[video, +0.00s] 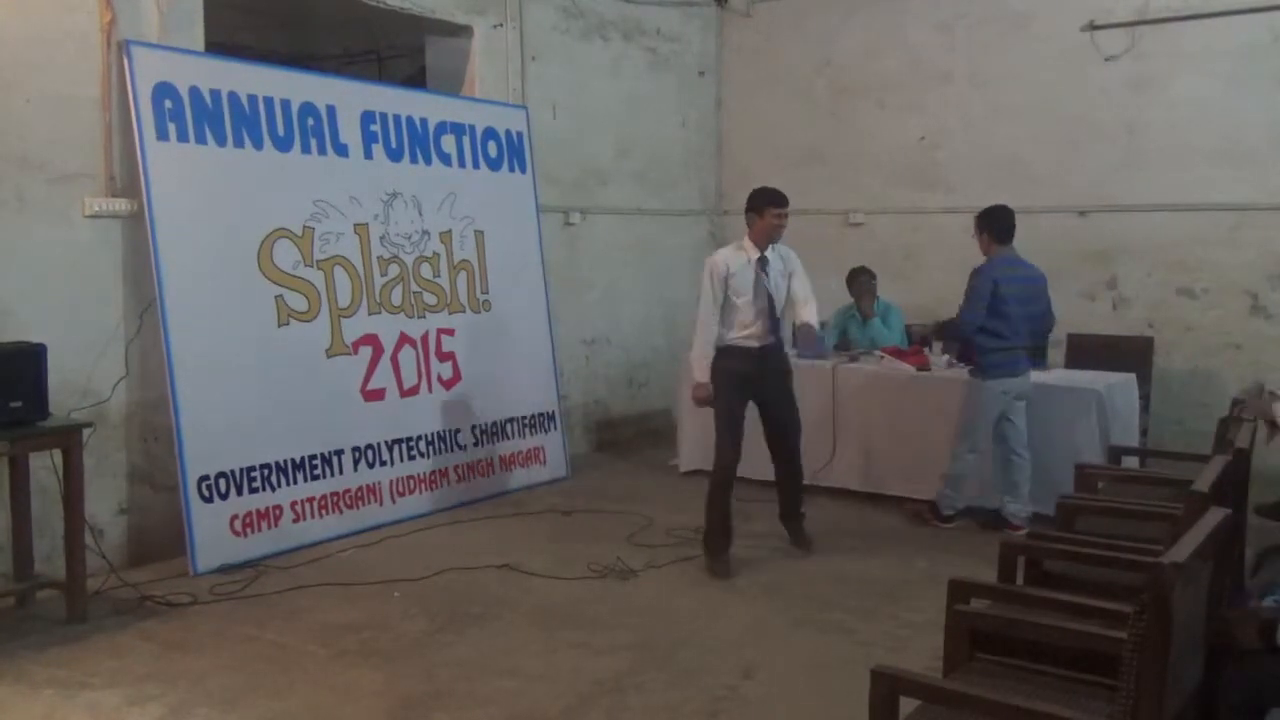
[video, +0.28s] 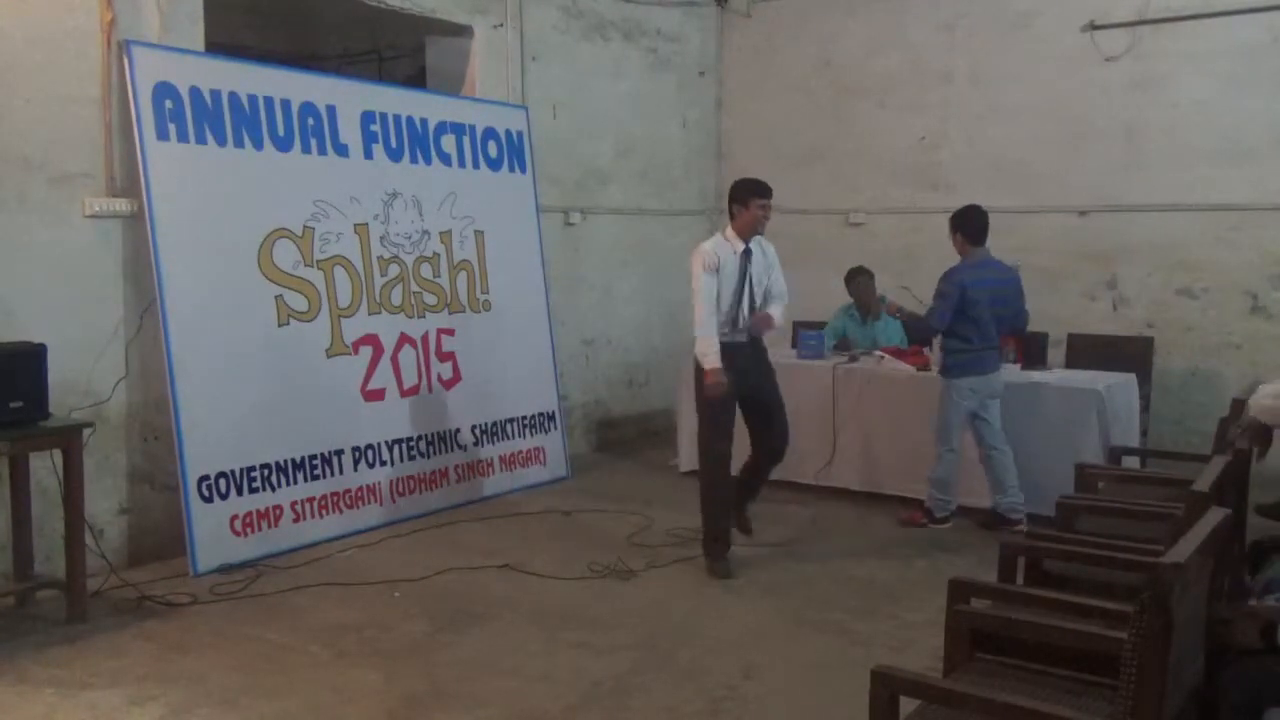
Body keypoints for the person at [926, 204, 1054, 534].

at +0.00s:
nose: (976, 240)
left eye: (977, 234)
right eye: (977, 233)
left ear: (985, 236)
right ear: (1010, 233)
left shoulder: (986, 274)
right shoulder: (1033, 274)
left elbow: (967, 324)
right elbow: (1046, 322)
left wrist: (940, 331)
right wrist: (1025, 350)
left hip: (990, 377)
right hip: (1021, 374)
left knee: (969, 444)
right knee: (1017, 451)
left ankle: (946, 507)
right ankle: (1017, 516)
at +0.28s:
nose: (952, 241)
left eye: (953, 236)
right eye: (953, 236)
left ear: (959, 237)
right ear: (985, 234)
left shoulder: (956, 278)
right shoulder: (1007, 275)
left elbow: (933, 326)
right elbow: (1018, 323)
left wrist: (902, 315)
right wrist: (986, 319)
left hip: (960, 377)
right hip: (992, 374)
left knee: (948, 445)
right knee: (995, 444)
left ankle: (939, 509)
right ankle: (1011, 511)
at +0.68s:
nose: (920, 239)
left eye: (920, 234)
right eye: (921, 234)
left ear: (926, 236)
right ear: (952, 233)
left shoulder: (927, 277)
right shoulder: (974, 269)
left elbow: (917, 329)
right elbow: (989, 317)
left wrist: (882, 324)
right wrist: (960, 328)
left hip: (938, 369)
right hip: (966, 365)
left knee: (941, 437)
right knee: (951, 430)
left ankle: (938, 507)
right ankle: (970, 497)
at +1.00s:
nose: (905, 240)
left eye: (906, 234)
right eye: (906, 234)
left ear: (911, 236)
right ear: (936, 233)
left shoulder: (919, 274)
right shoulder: (959, 270)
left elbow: (914, 329)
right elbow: (968, 317)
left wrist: (877, 329)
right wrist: (940, 333)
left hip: (927, 366)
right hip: (951, 363)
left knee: (931, 437)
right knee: (934, 434)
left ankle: (938, 505)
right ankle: (915, 493)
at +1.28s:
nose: (897, 242)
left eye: (897, 236)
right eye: (898, 236)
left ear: (904, 237)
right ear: (927, 234)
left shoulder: (911, 274)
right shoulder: (945, 272)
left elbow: (908, 324)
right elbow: (951, 322)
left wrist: (874, 325)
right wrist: (918, 324)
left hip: (912, 367)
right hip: (930, 364)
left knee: (916, 435)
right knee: (911, 432)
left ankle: (933, 504)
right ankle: (906, 494)